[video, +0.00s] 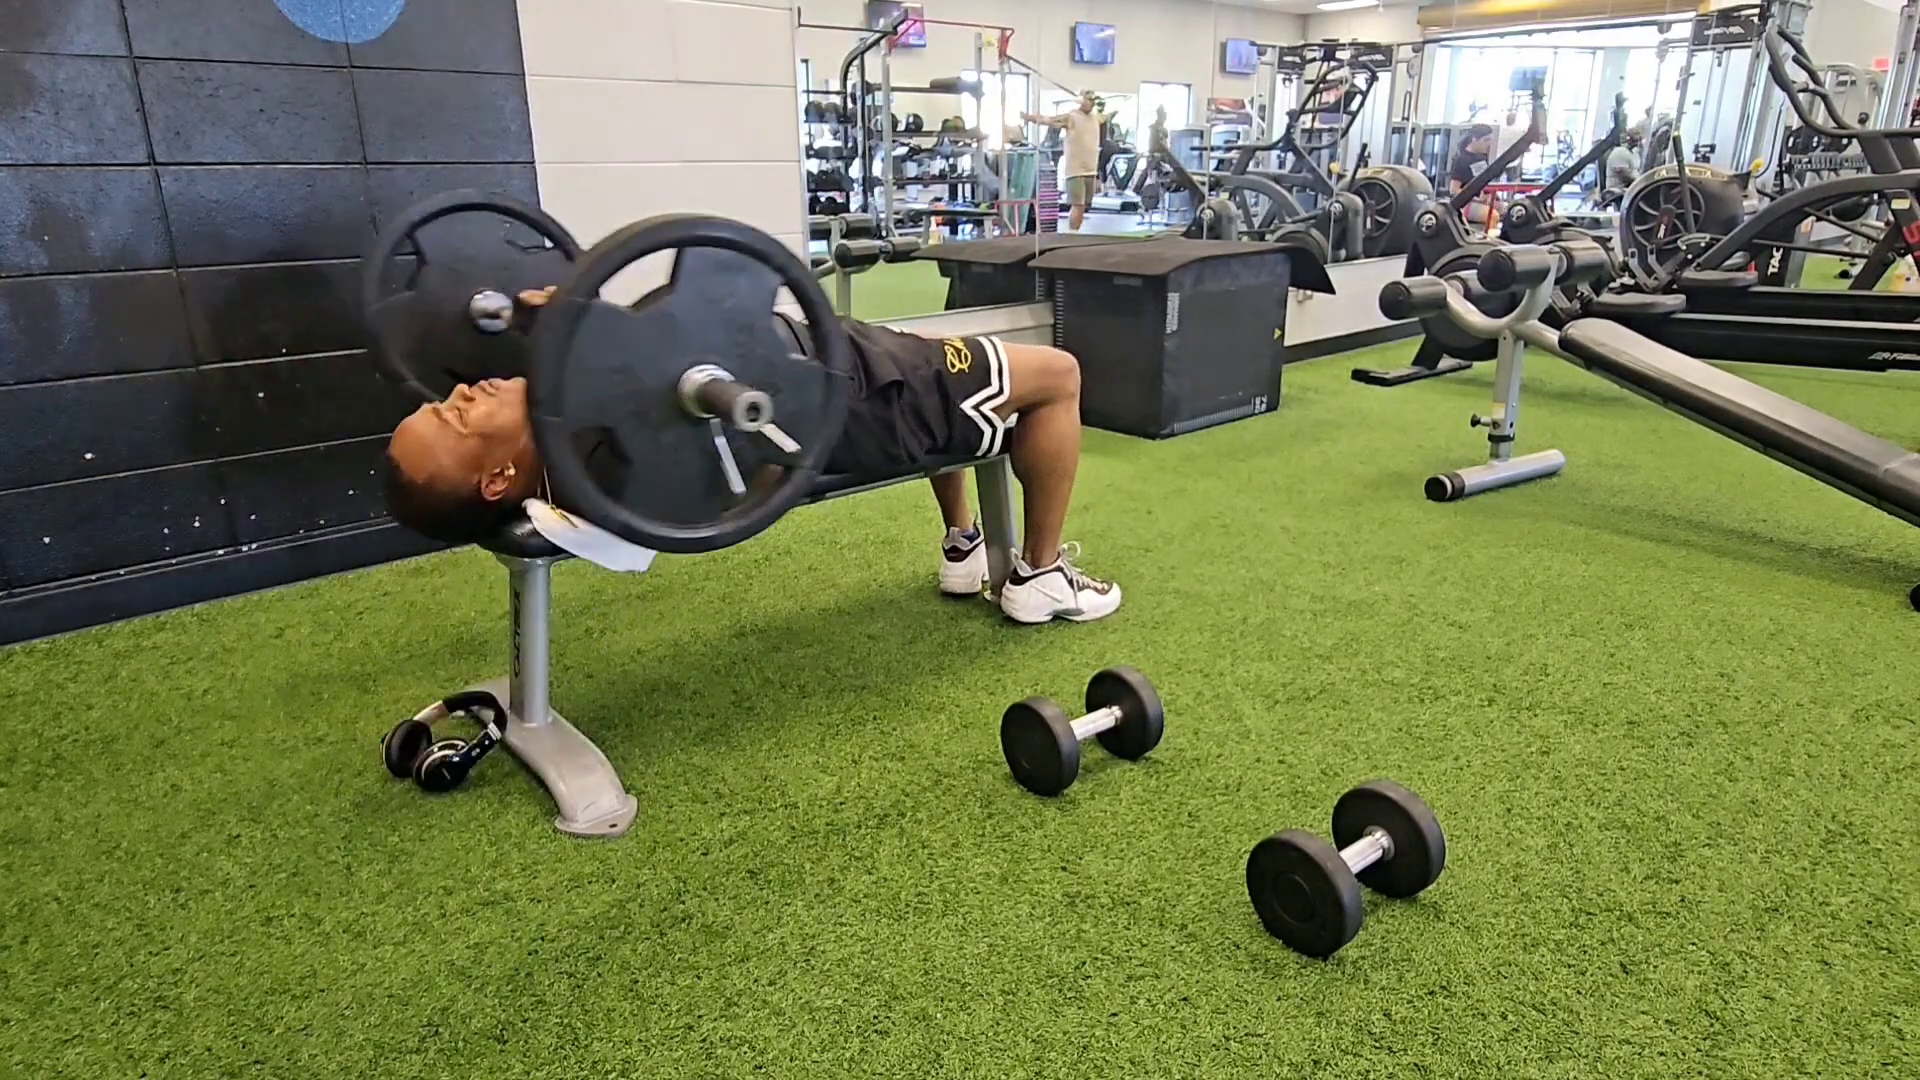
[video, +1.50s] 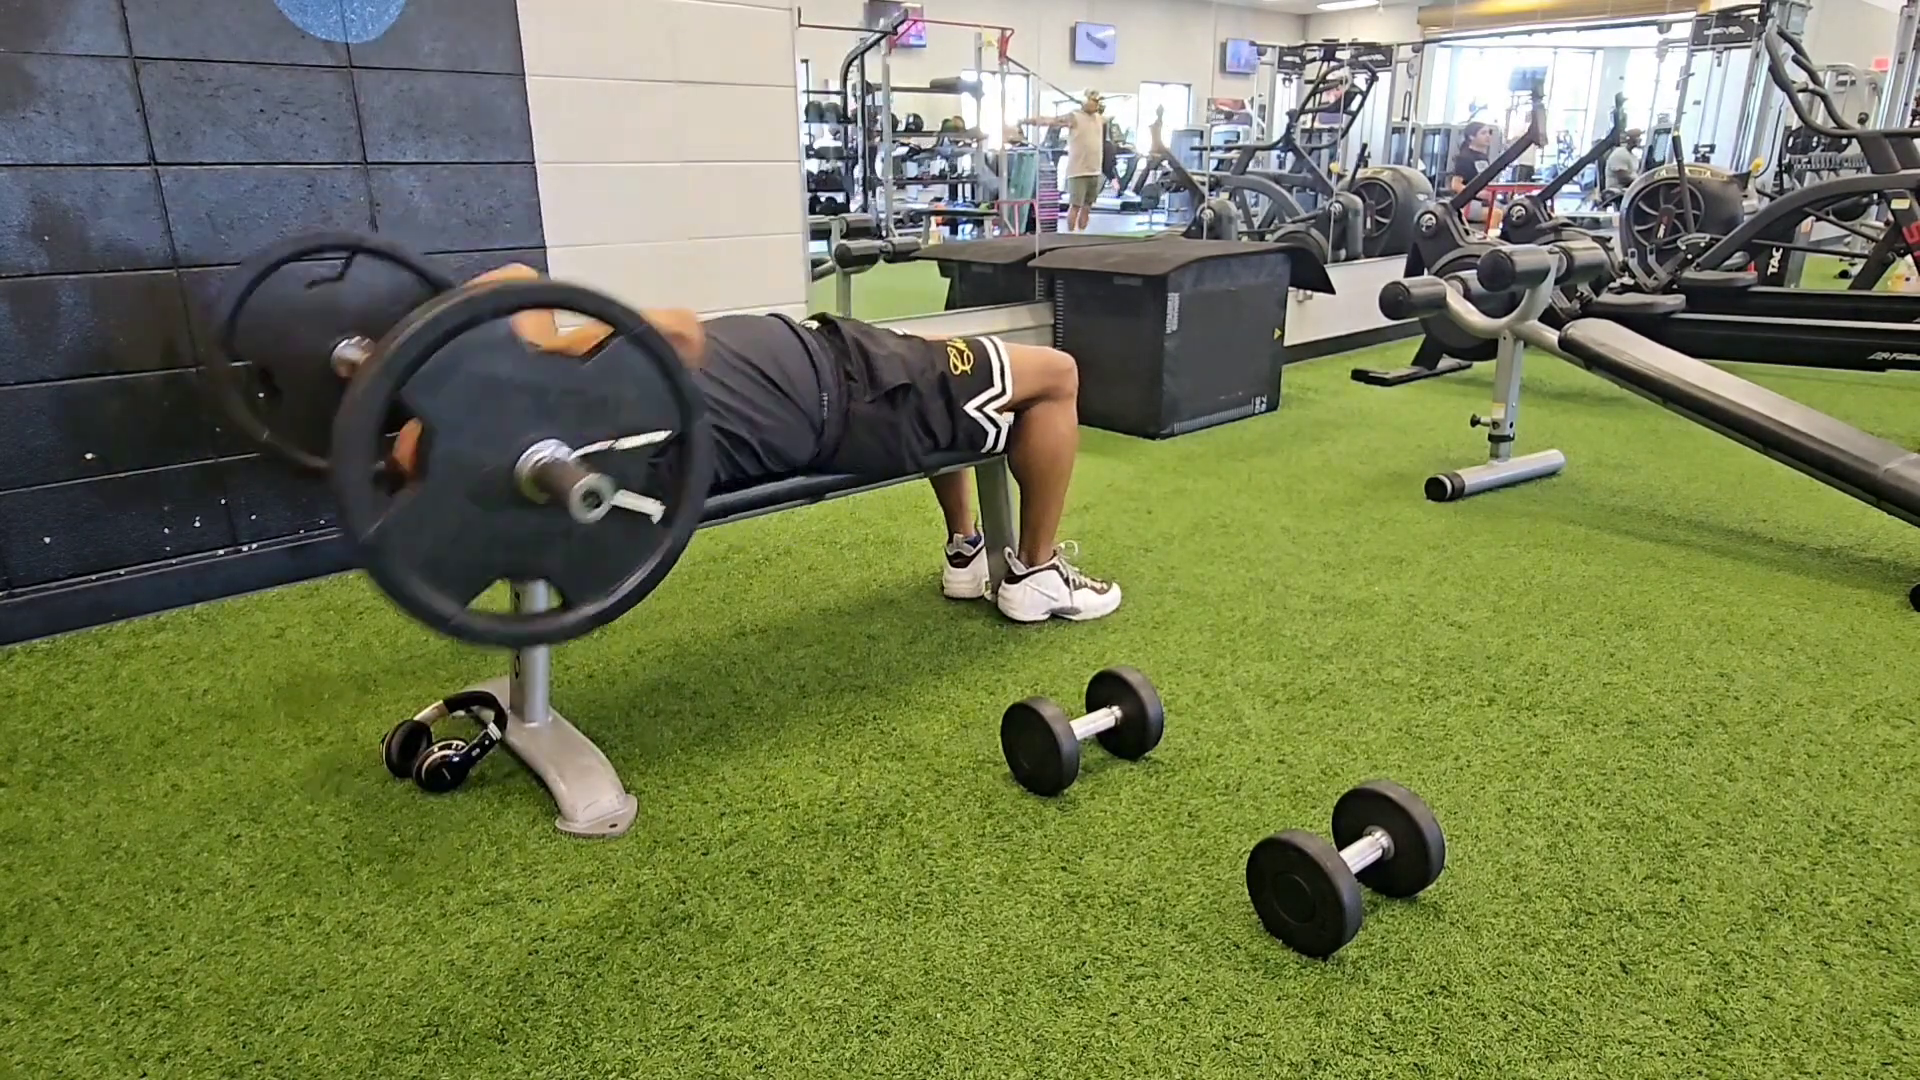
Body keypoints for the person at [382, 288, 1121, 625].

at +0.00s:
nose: (471, 385)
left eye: (451, 398)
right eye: (464, 412)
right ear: (502, 478)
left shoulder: (545, 398)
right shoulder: (589, 462)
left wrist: (553, 316)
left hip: (789, 361)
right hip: (835, 412)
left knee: (938, 341)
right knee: (1058, 375)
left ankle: (965, 543)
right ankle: (1043, 574)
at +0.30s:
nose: (475, 372)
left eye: (453, 390)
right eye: (466, 401)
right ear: (513, 468)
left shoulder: (547, 396)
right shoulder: (630, 467)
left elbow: (646, 357)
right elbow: (760, 457)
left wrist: (634, 310)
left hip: (792, 373)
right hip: (846, 422)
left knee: (941, 349)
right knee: (1066, 378)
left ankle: (965, 546)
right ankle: (1040, 578)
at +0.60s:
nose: (467, 380)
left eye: (442, 395)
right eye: (459, 406)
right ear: (509, 472)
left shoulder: (535, 388)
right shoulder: (608, 454)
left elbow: (557, 272)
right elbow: (686, 324)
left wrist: (567, 150)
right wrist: (681, 148)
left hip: (794, 346)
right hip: (842, 394)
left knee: (937, 364)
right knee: (1056, 379)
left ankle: (967, 549)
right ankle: (1039, 577)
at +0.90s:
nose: (472, 381)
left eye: (449, 393)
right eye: (461, 409)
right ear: (505, 482)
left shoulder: (555, 408)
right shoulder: (613, 469)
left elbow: (598, 348)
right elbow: (737, 436)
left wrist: (592, 252)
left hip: (797, 373)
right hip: (843, 412)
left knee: (931, 349)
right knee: (1059, 379)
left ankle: (967, 549)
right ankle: (1037, 578)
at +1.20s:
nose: (483, 376)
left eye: (460, 386)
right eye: (471, 403)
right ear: (512, 476)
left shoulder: (558, 396)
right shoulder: (612, 460)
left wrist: (599, 326)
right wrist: (807, 494)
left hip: (795, 379)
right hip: (851, 422)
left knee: (933, 342)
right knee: (1063, 378)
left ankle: (966, 545)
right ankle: (1039, 578)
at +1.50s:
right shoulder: (545, 415)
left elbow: (516, 271)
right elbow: (686, 332)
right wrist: (556, 324)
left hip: (788, 351)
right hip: (829, 395)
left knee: (942, 354)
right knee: (1055, 374)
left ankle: (968, 550)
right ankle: (1041, 573)